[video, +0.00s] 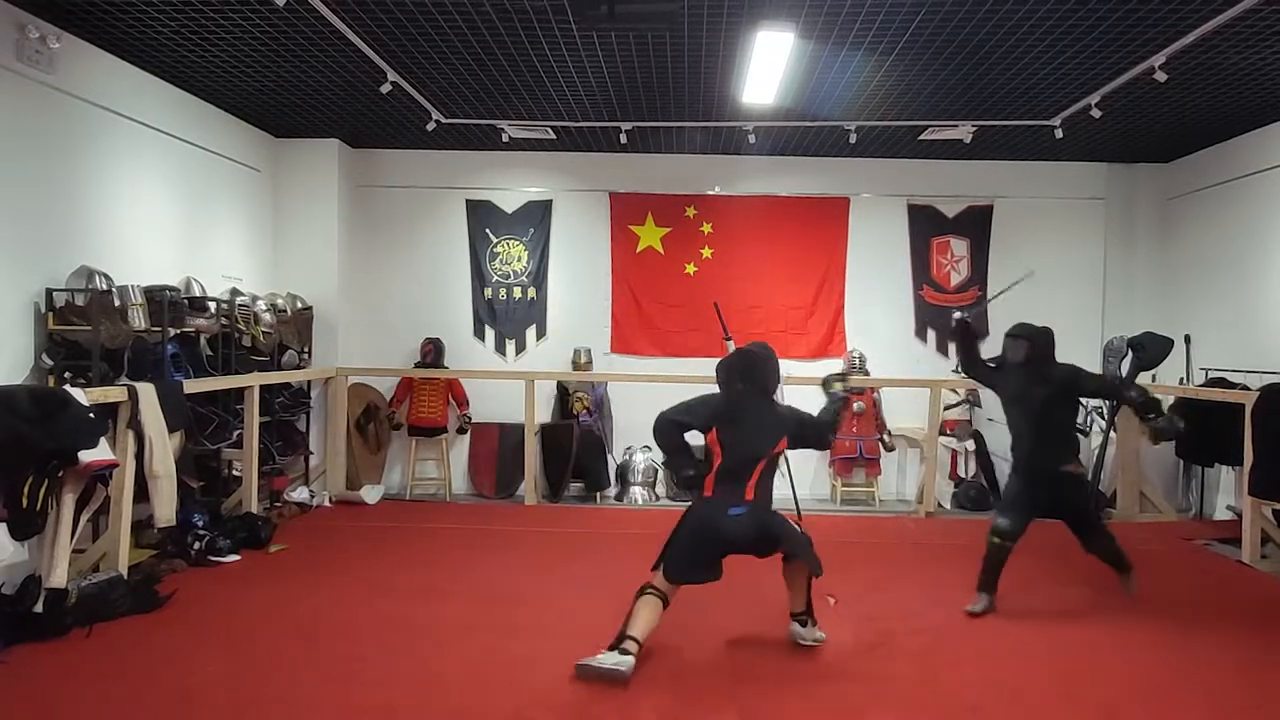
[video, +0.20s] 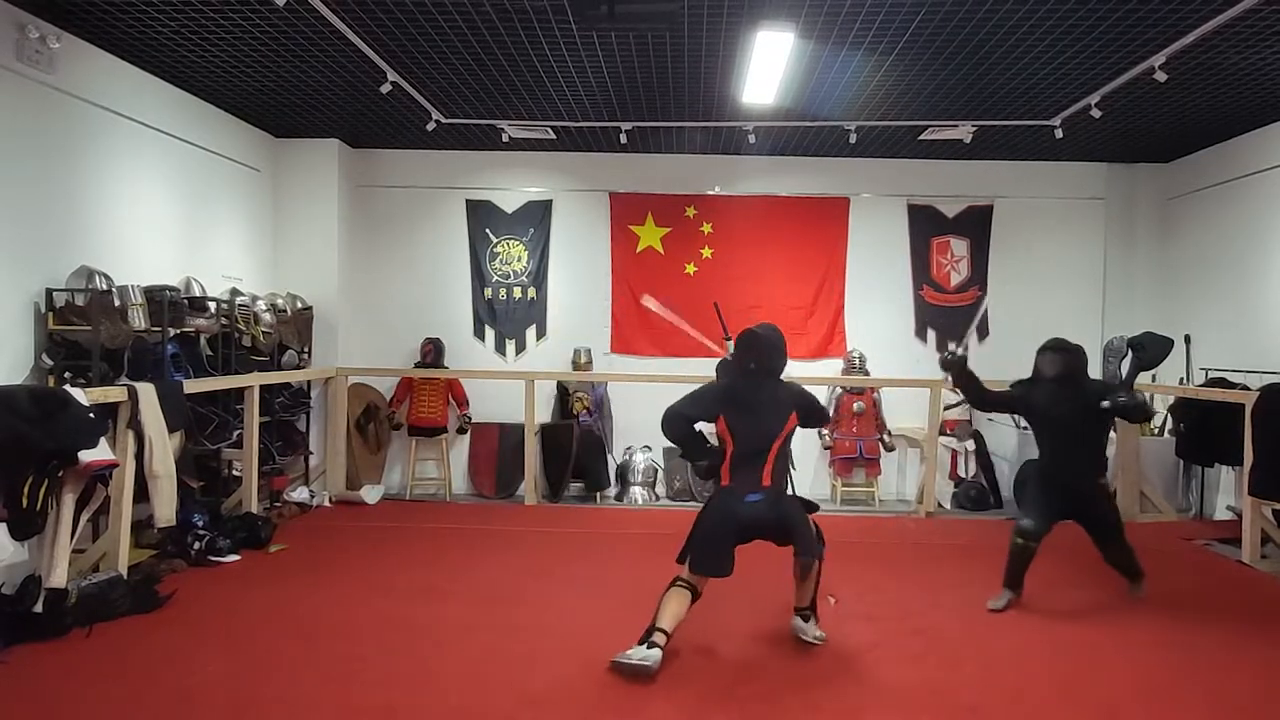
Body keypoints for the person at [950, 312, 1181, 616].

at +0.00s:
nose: (1011, 353)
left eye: (1019, 346)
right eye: (1009, 346)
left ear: (1037, 350)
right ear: (1005, 348)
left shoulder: (1064, 377)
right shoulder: (1004, 377)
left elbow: (1111, 386)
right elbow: (972, 365)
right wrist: (965, 335)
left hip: (1066, 477)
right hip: (1025, 476)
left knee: (1094, 540)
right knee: (1000, 535)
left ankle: (1126, 570)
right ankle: (985, 594)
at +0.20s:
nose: (1049, 367)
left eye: (1056, 361)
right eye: (1043, 361)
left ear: (1073, 366)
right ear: (1037, 364)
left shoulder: (1099, 392)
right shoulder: (1031, 395)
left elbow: (1142, 413)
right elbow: (983, 399)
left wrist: (1130, 406)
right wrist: (960, 371)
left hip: (1089, 488)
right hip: (1048, 485)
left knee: (1114, 549)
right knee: (1026, 532)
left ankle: (1136, 578)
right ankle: (1010, 590)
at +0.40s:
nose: (1035, 356)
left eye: (1042, 349)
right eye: (1028, 349)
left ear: (1056, 352)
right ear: (1019, 352)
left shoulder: (1080, 381)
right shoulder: (1012, 383)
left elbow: (1122, 415)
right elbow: (984, 402)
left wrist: (1099, 430)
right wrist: (958, 403)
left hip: (1081, 471)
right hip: (1037, 473)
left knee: (1120, 536)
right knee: (1016, 530)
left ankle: (1155, 573)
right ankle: (1012, 599)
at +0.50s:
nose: (1033, 349)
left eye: (1040, 342)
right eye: (1027, 343)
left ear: (1055, 347)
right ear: (1017, 349)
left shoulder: (1077, 380)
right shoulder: (1008, 387)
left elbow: (1121, 414)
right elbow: (988, 431)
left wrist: (1110, 444)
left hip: (1077, 473)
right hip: (1033, 474)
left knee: (1117, 539)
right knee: (1011, 530)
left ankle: (1158, 576)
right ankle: (1012, 599)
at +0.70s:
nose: (1035, 352)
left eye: (1042, 344)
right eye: (1031, 345)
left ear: (1061, 348)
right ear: (1025, 351)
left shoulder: (1090, 379)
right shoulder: (1022, 388)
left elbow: (1136, 403)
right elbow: (1003, 435)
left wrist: (1143, 449)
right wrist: (1024, 461)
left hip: (1084, 477)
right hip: (1037, 475)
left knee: (1106, 549)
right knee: (1015, 531)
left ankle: (1136, 578)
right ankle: (1013, 598)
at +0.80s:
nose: (1051, 358)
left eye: (1058, 350)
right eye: (1046, 350)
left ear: (1077, 352)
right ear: (1040, 354)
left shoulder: (1106, 383)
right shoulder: (1036, 389)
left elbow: (1158, 406)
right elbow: (999, 425)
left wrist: (1172, 453)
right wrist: (1007, 460)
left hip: (1096, 479)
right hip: (1052, 476)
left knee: (1113, 552)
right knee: (1024, 532)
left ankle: (1138, 584)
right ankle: (1014, 597)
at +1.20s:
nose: (1074, 363)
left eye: (1082, 356)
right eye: (1069, 355)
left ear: (1096, 355)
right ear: (1060, 353)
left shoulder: (1118, 385)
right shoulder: (1048, 385)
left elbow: (1146, 426)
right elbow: (1022, 426)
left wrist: (1139, 464)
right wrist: (1017, 459)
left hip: (1096, 475)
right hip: (1054, 473)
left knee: (1115, 540)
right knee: (1030, 529)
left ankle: (1133, 586)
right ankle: (1021, 593)